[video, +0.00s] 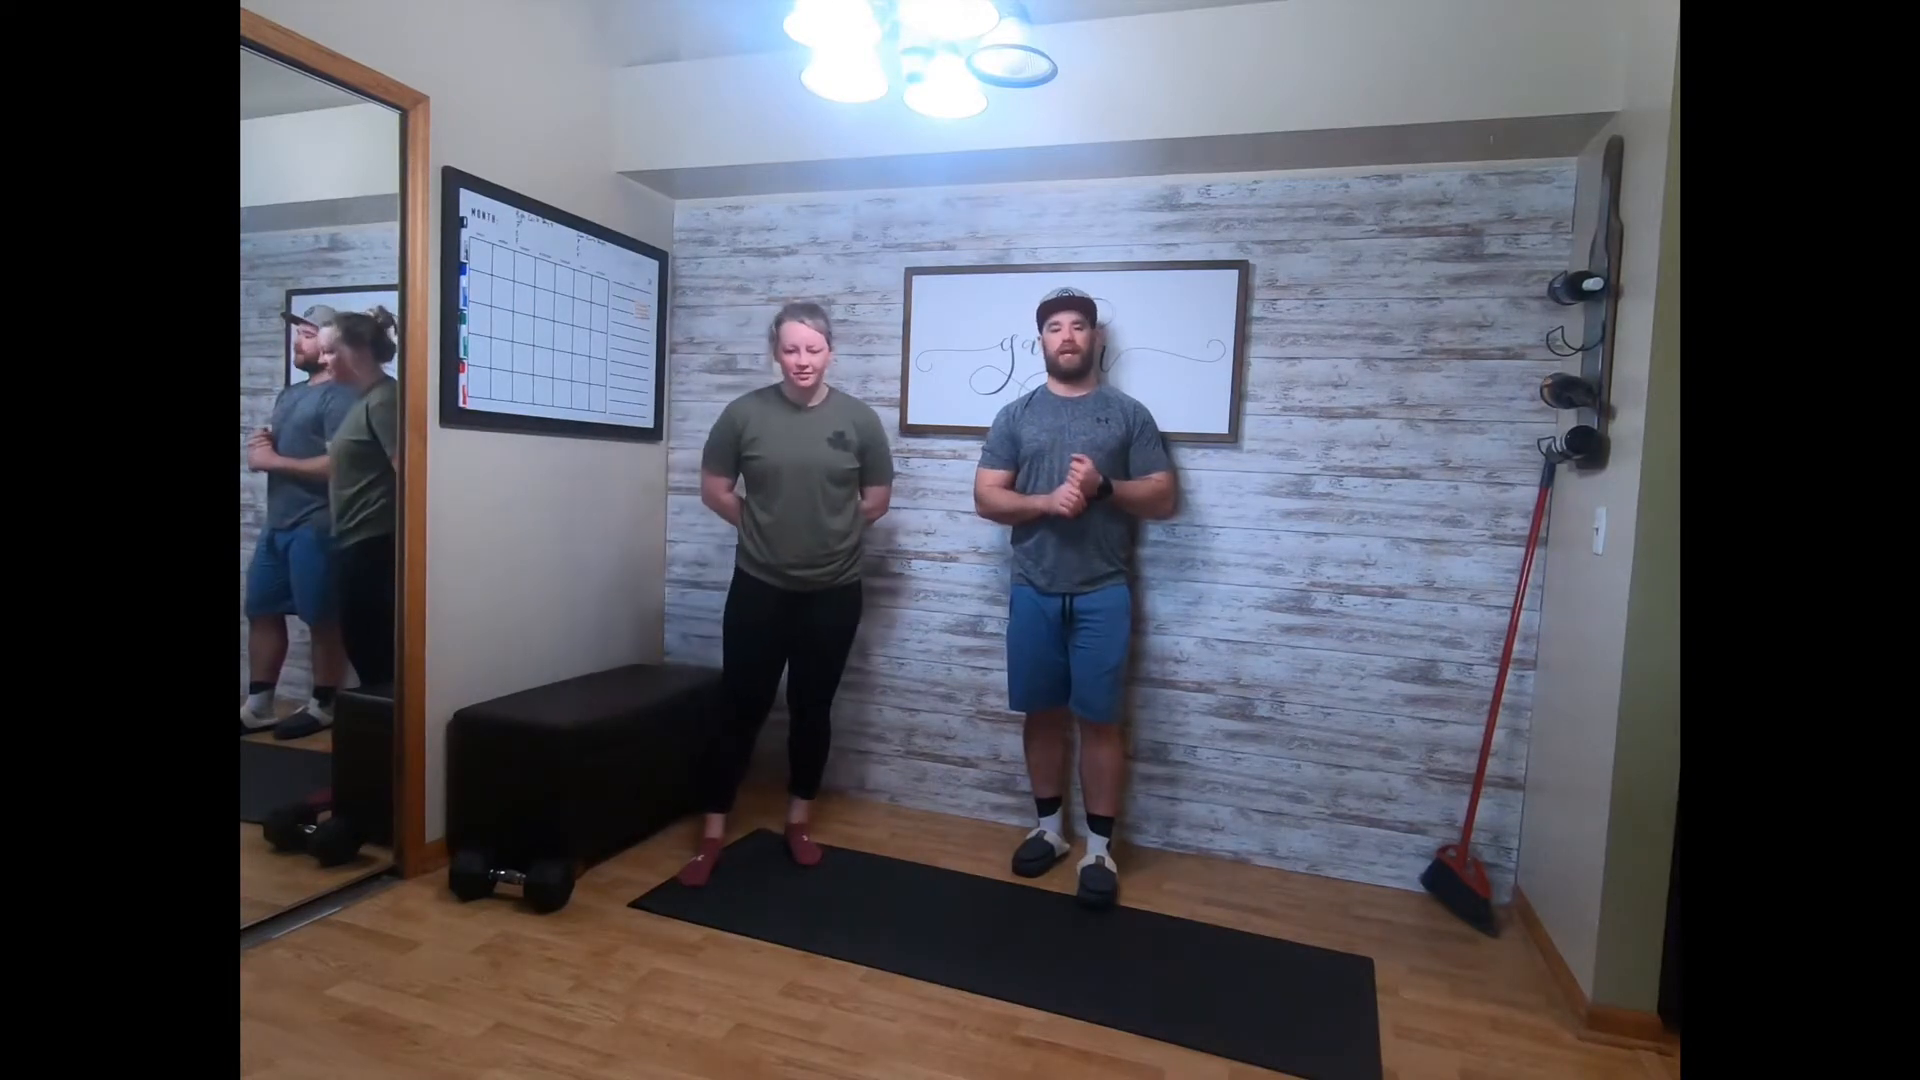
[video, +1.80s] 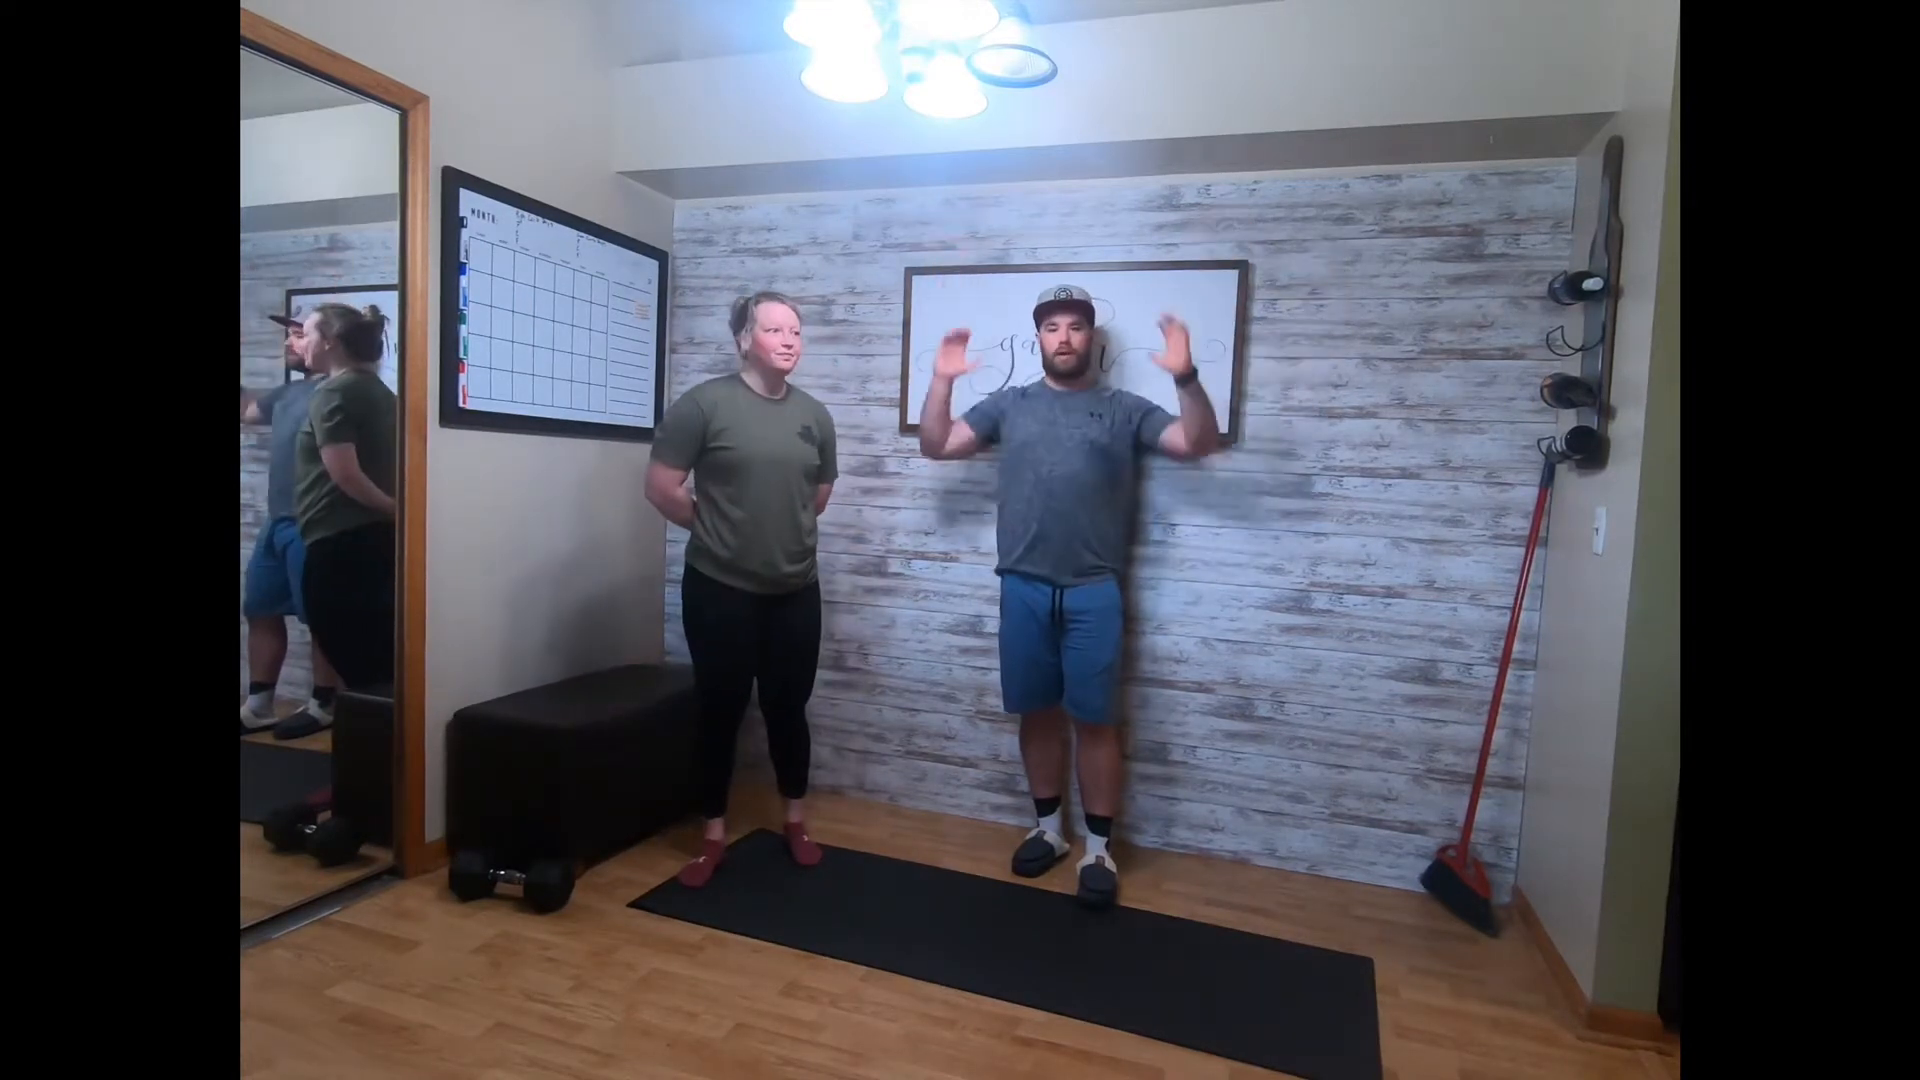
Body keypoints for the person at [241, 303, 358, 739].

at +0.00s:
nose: (298, 339)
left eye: (308, 333)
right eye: (298, 332)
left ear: (329, 344)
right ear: (299, 341)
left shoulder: (342, 397)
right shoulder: (289, 395)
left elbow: (339, 465)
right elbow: (278, 443)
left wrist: (275, 461)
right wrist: (264, 441)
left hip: (319, 525)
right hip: (278, 524)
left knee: (322, 619)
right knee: (263, 610)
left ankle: (323, 707)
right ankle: (260, 703)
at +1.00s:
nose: (294, 339)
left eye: (304, 332)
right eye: (295, 333)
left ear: (326, 342)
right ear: (299, 344)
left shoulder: (343, 392)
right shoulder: (294, 394)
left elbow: (346, 447)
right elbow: (276, 446)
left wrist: (317, 412)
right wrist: (248, 413)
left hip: (317, 523)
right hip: (276, 523)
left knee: (321, 617)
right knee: (260, 608)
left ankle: (324, 706)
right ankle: (259, 704)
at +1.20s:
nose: (300, 344)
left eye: (310, 336)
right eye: (300, 337)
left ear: (334, 344)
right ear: (301, 345)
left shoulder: (347, 394)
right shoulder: (293, 391)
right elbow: (254, 411)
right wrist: (242, 371)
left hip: (319, 527)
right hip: (279, 525)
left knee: (321, 619)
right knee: (261, 609)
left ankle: (325, 706)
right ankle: (259, 703)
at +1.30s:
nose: (298, 342)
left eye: (308, 336)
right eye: (297, 335)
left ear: (331, 344)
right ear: (296, 343)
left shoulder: (347, 391)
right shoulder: (289, 386)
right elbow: (250, 384)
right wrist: (238, 346)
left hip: (322, 528)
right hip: (280, 523)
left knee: (322, 621)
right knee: (264, 609)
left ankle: (324, 705)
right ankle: (259, 703)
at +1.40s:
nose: (296, 340)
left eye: (305, 333)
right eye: (296, 332)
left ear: (329, 341)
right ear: (296, 341)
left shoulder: (340, 385)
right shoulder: (290, 379)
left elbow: (351, 345)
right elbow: (253, 355)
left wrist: (340, 299)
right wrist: (238, 324)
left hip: (322, 522)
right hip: (283, 519)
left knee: (322, 618)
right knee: (264, 609)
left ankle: (324, 705)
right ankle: (259, 702)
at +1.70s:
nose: (291, 340)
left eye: (301, 332)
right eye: (292, 333)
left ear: (327, 340)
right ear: (294, 342)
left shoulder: (338, 386)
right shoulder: (287, 381)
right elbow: (246, 375)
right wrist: (240, 328)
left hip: (318, 524)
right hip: (280, 521)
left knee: (321, 620)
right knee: (262, 609)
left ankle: (324, 705)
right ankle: (259, 703)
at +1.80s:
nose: (292, 341)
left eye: (301, 333)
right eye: (293, 333)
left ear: (325, 342)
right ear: (298, 343)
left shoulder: (338, 392)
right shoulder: (287, 391)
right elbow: (249, 408)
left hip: (317, 525)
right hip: (278, 522)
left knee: (320, 621)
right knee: (262, 610)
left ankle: (324, 705)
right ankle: (259, 704)